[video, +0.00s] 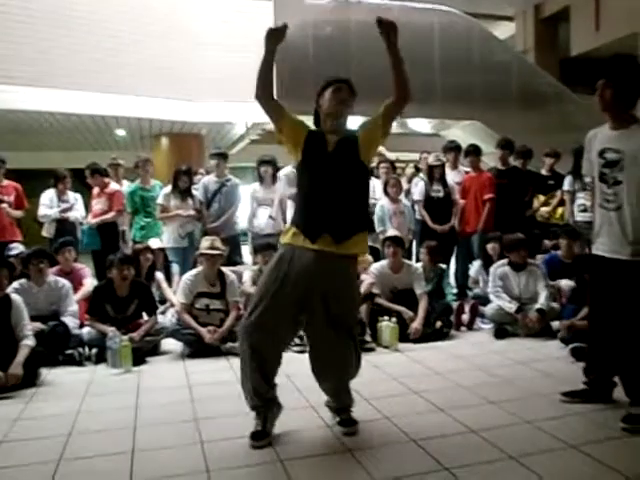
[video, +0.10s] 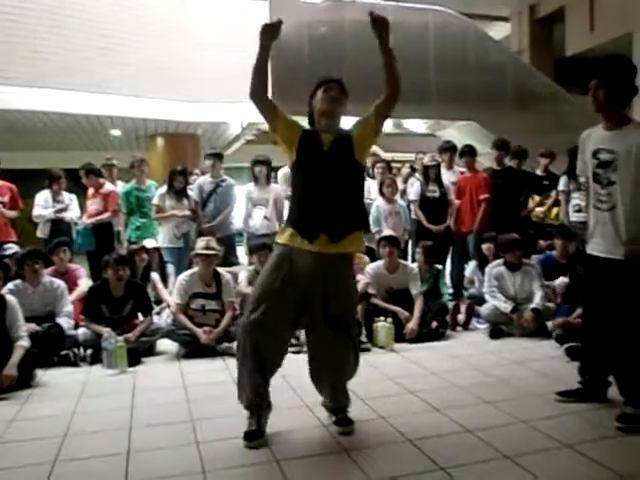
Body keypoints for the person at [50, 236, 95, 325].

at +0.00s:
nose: (66, 256)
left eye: (69, 251)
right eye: (62, 253)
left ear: (75, 254)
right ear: (57, 257)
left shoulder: (83, 270)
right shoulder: (51, 273)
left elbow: (89, 286)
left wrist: (72, 300)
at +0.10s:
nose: (61, 256)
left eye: (64, 252)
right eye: (57, 254)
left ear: (69, 254)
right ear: (52, 258)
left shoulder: (78, 270)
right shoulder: (47, 274)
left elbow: (84, 286)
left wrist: (68, 301)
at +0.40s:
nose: (57, 240)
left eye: (60, 235)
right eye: (53, 236)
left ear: (65, 236)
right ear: (48, 239)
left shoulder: (74, 252)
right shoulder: (43, 255)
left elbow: (79, 268)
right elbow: (41, 274)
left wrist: (66, 281)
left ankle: (75, 307)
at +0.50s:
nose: (56, 236)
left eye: (58, 232)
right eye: (52, 234)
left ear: (65, 235)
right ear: (48, 238)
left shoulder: (74, 251)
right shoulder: (44, 255)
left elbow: (79, 268)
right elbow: (41, 273)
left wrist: (66, 281)